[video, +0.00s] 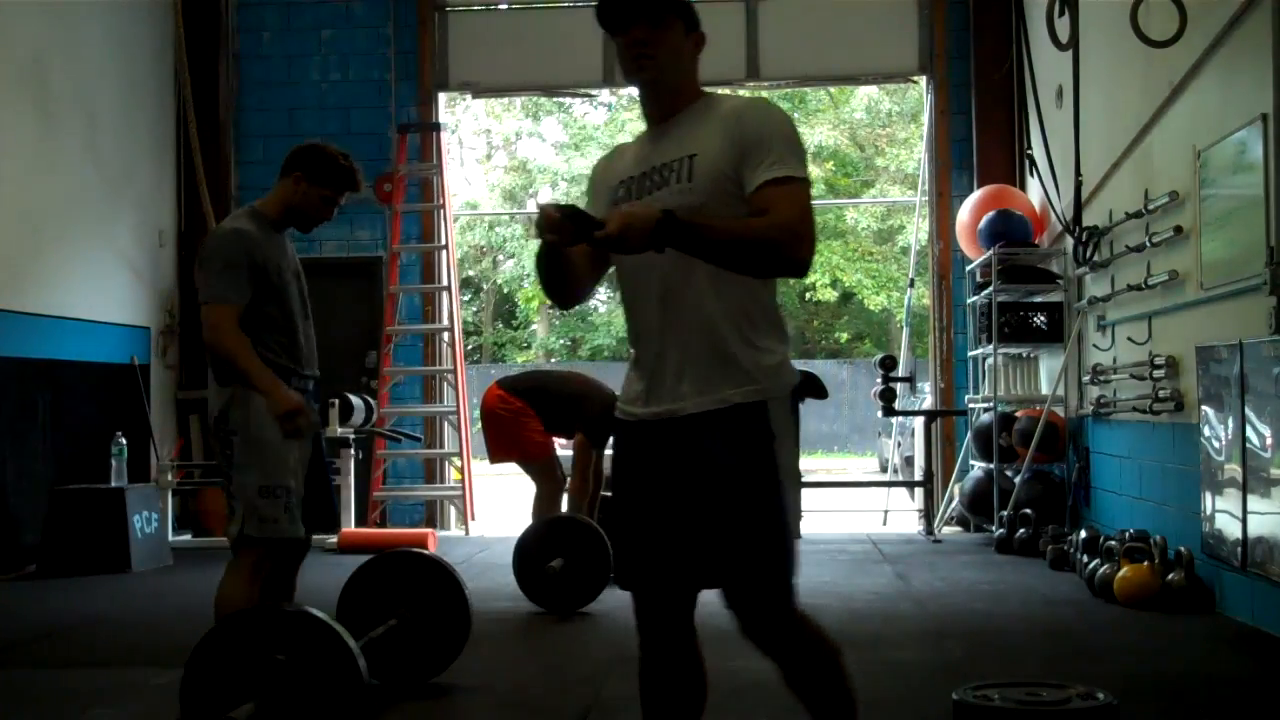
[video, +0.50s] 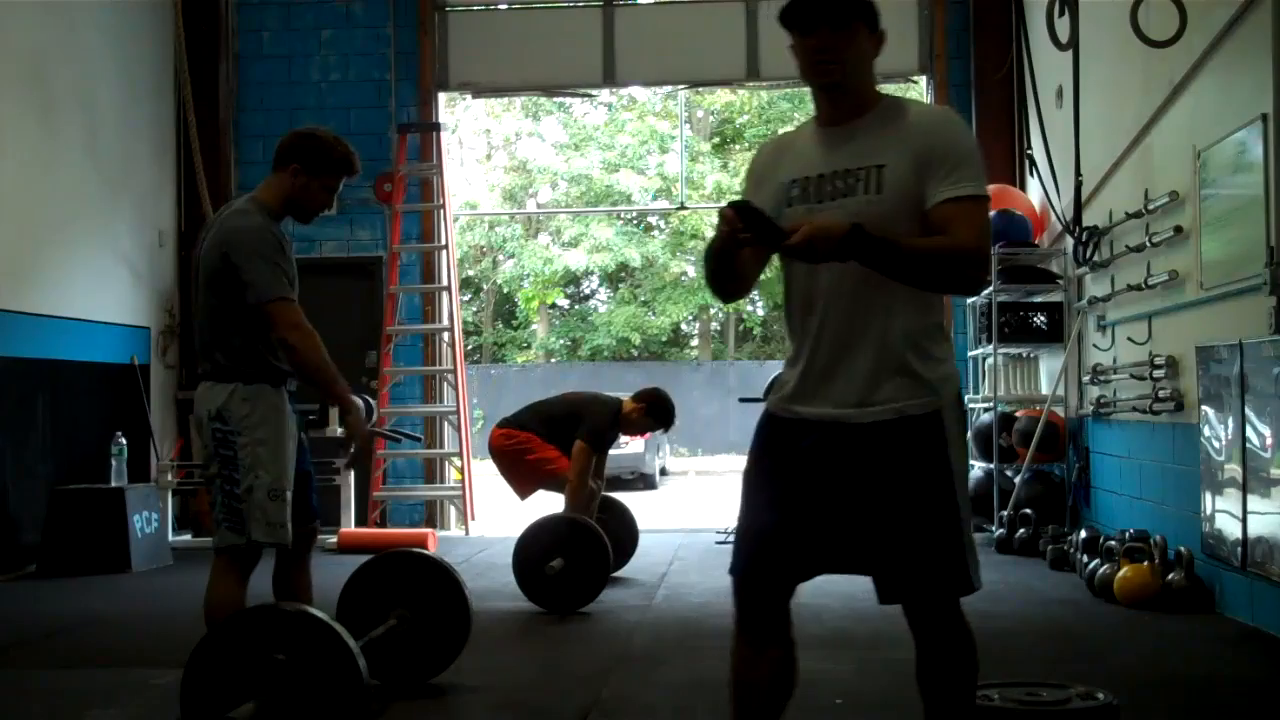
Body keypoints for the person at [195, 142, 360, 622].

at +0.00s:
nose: (331, 214)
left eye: (336, 205)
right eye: (329, 202)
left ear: (299, 187)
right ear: (299, 184)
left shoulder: (277, 242)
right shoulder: (236, 238)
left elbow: (276, 330)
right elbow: (220, 331)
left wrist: (306, 392)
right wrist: (277, 392)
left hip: (288, 409)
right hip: (255, 411)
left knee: (289, 544)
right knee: (261, 545)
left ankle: (270, 660)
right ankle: (233, 666)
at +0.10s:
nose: (332, 210)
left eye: (337, 200)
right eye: (330, 197)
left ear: (298, 183)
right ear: (299, 180)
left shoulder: (271, 238)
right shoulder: (239, 236)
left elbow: (272, 332)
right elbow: (235, 329)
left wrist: (321, 389)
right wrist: (313, 379)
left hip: (284, 402)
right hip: (251, 404)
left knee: (316, 530)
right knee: (249, 537)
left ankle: (286, 643)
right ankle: (230, 659)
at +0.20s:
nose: (332, 210)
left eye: (336, 200)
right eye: (330, 196)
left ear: (297, 183)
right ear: (299, 180)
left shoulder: (268, 237)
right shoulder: (239, 236)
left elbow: (272, 335)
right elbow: (253, 334)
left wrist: (347, 368)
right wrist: (347, 366)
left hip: (273, 403)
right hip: (240, 405)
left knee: (319, 519)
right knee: (238, 546)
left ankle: (298, 641)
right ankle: (226, 666)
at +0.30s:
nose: (330, 208)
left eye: (334, 197)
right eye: (328, 194)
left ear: (296, 180)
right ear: (299, 178)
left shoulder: (263, 231)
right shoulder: (243, 232)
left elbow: (282, 333)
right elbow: (276, 335)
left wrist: (360, 366)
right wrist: (365, 369)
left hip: (269, 400)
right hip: (240, 403)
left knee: (302, 534)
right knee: (239, 549)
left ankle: (313, 653)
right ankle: (228, 668)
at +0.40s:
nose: (330, 206)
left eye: (335, 195)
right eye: (329, 192)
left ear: (292, 177)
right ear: (299, 177)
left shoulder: (255, 227)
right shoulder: (246, 232)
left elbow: (292, 326)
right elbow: (291, 327)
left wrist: (361, 386)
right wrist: (370, 390)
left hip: (262, 402)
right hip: (241, 404)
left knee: (286, 545)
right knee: (238, 550)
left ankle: (314, 660)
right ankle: (227, 673)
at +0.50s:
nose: (331, 204)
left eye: (335, 193)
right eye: (329, 190)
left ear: (293, 176)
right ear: (296, 175)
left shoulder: (251, 224)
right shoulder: (250, 230)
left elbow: (287, 331)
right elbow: (292, 332)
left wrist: (341, 395)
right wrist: (347, 401)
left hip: (266, 402)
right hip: (243, 404)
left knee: (298, 535)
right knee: (239, 548)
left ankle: (299, 658)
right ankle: (227, 671)